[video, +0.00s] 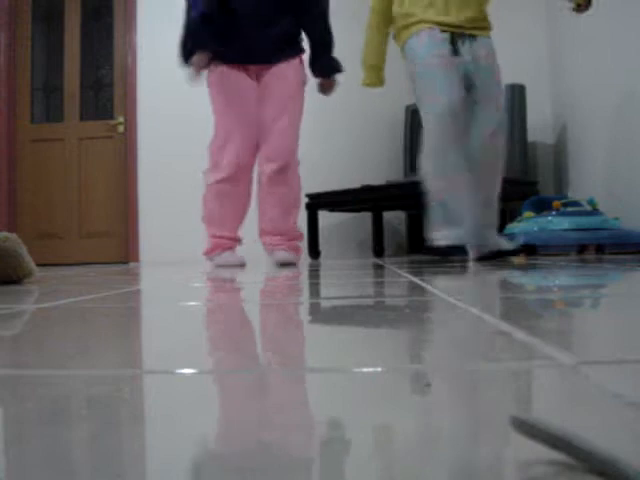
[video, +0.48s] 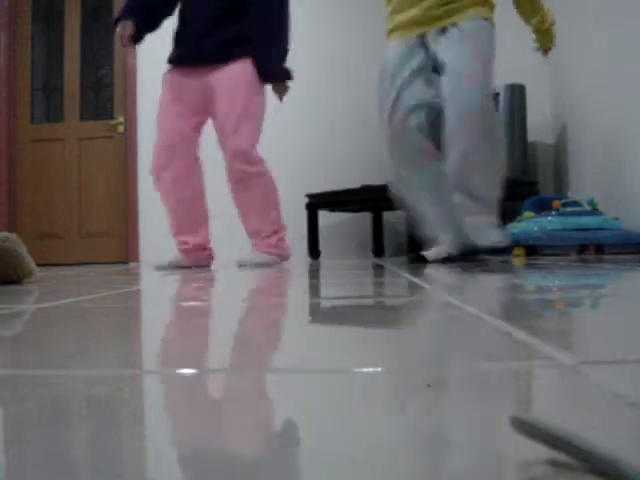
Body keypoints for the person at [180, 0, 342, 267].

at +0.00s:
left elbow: (315, 7)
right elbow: (199, 4)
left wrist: (324, 62)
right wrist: (198, 43)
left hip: (284, 60)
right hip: (229, 60)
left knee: (280, 158)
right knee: (232, 158)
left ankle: (282, 242)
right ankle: (222, 245)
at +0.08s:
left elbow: (309, 3)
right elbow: (186, 9)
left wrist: (322, 21)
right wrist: (165, 61)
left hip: (279, 67)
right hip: (227, 67)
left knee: (299, 154)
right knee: (241, 153)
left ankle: (294, 247)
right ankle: (211, 246)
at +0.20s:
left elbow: (299, 13)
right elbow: (175, 13)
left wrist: (310, 7)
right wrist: (147, 61)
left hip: (272, 70)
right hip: (220, 72)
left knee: (293, 155)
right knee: (235, 158)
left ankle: (293, 247)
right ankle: (212, 249)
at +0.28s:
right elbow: (170, 4)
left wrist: (293, 13)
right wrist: (140, 46)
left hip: (258, 60)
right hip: (206, 62)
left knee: (267, 153)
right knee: (209, 155)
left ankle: (282, 240)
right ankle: (208, 242)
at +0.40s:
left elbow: (281, 4)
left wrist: (282, 45)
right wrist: (134, 32)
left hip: (245, 59)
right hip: (192, 62)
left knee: (245, 158)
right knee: (185, 160)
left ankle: (275, 249)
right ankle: (199, 250)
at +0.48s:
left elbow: (272, 7)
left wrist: (274, 65)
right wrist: (135, 20)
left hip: (238, 58)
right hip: (187, 60)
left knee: (240, 155)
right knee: (172, 159)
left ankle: (272, 247)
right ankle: (194, 251)